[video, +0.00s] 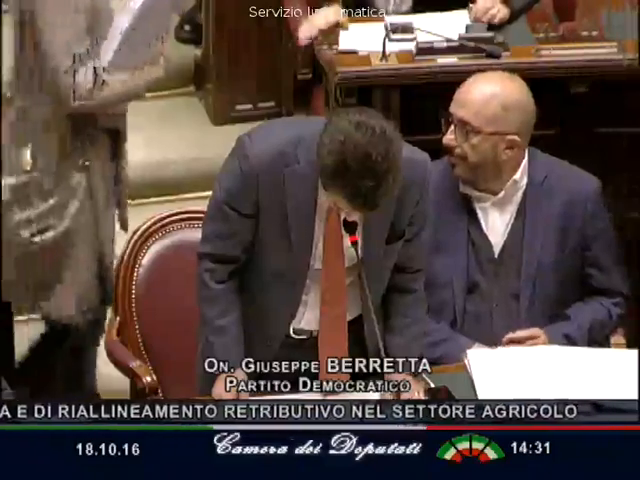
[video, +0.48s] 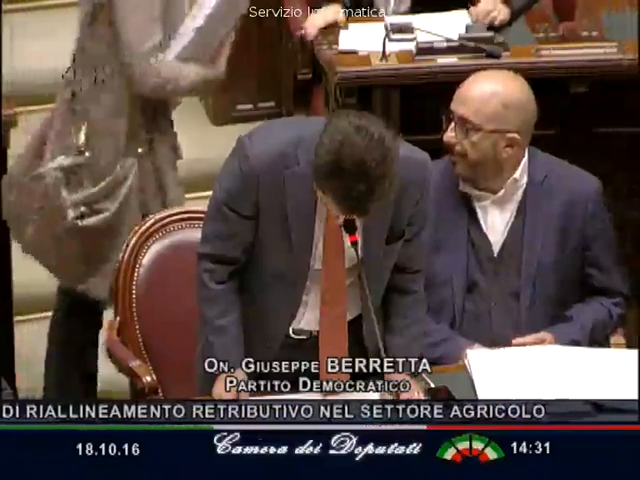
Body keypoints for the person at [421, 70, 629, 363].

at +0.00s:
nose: (447, 140)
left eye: (465, 131)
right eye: (450, 122)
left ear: (508, 148)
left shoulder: (578, 194)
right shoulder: (424, 186)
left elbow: (612, 297)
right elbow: (397, 311)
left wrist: (555, 338)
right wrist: (467, 354)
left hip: (550, 379)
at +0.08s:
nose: (447, 139)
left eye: (465, 131)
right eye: (450, 122)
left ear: (508, 147)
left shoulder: (578, 194)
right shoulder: (424, 186)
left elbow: (612, 298)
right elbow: (398, 310)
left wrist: (555, 338)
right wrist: (467, 355)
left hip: (550, 379)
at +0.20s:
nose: (447, 139)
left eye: (465, 130)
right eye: (450, 121)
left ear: (508, 147)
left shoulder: (578, 194)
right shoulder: (425, 186)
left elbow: (612, 298)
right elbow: (397, 309)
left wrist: (555, 338)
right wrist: (465, 354)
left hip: (549, 378)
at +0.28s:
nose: (448, 138)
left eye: (465, 129)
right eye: (450, 121)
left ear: (508, 147)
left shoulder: (578, 194)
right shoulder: (425, 186)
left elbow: (612, 298)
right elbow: (397, 308)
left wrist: (556, 337)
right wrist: (463, 354)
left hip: (549, 379)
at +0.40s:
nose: (448, 138)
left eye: (465, 129)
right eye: (450, 120)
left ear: (508, 146)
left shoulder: (579, 194)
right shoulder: (424, 186)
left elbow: (612, 297)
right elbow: (397, 309)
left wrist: (558, 339)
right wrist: (463, 353)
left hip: (550, 379)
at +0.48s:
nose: (448, 138)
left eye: (466, 129)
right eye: (450, 120)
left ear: (508, 146)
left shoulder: (579, 194)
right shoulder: (424, 186)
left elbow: (611, 297)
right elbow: (397, 308)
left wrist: (558, 339)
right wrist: (462, 353)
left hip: (550, 379)